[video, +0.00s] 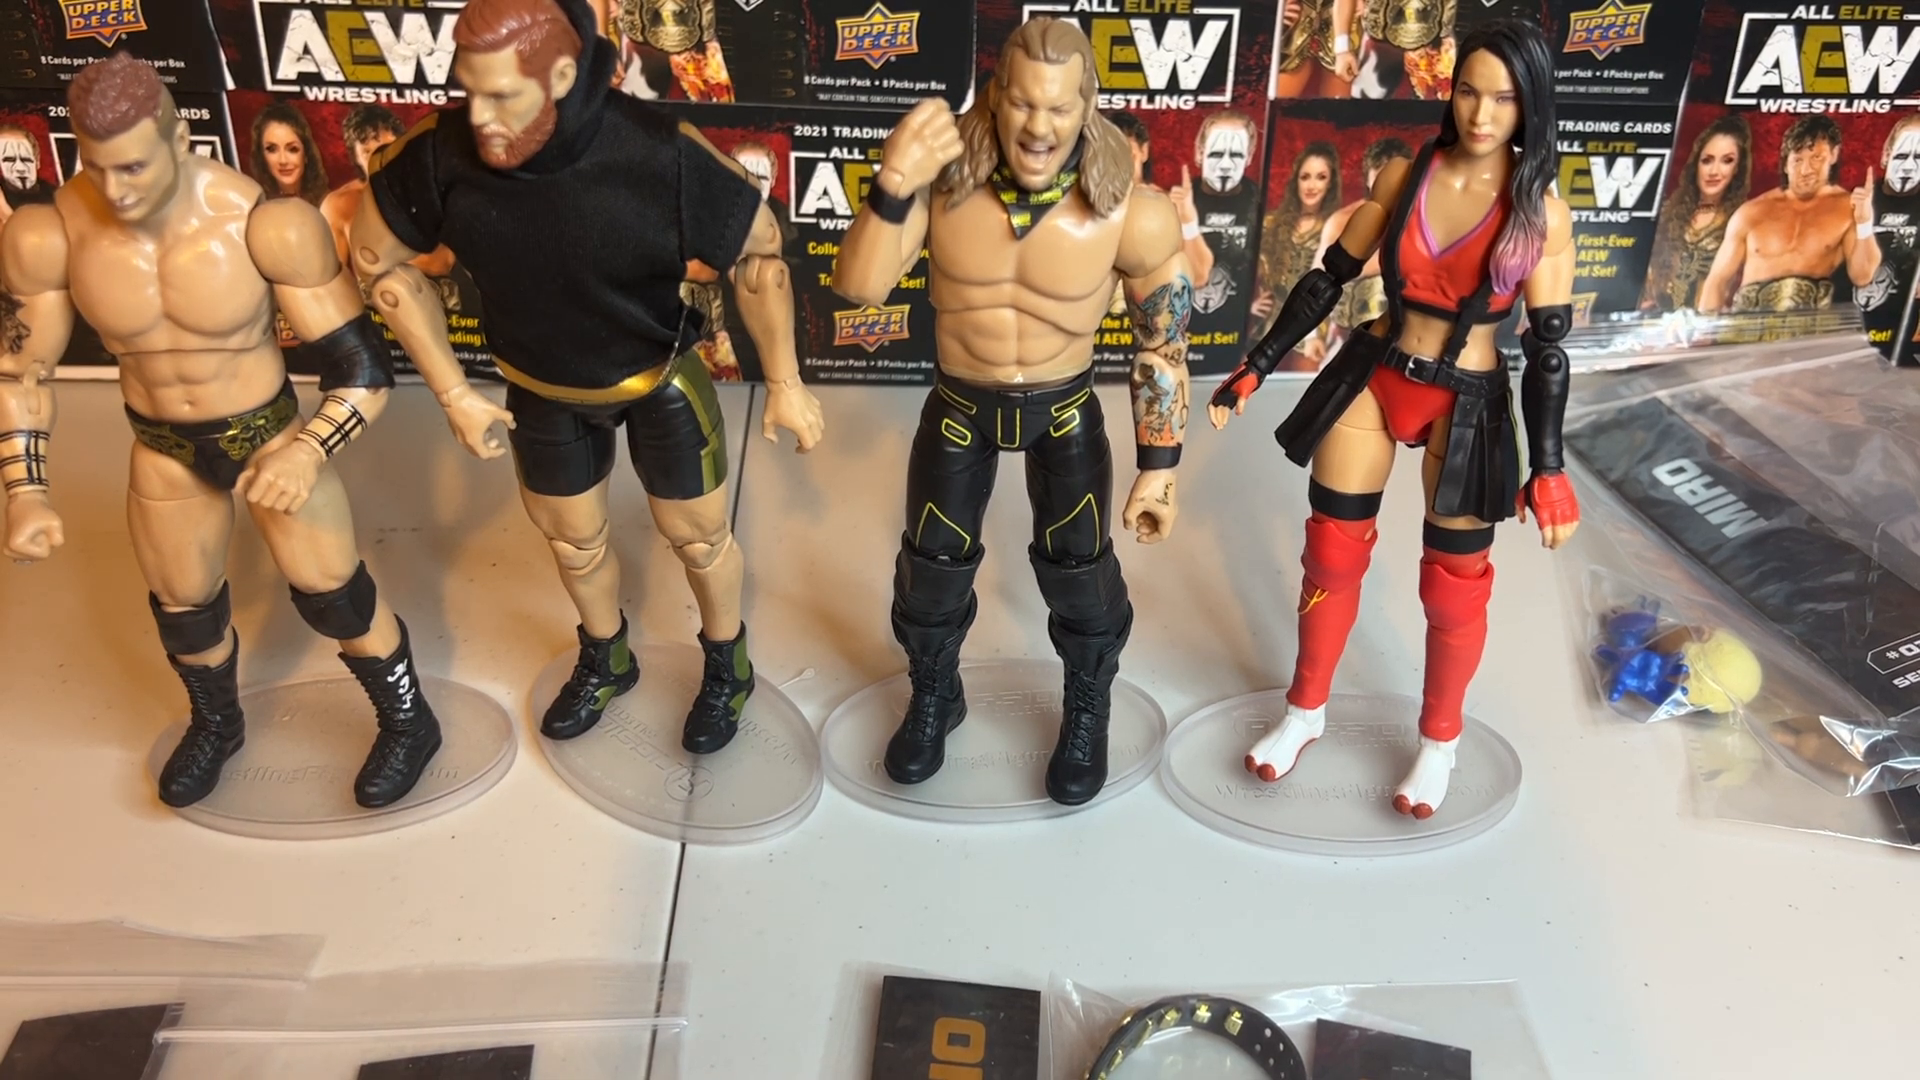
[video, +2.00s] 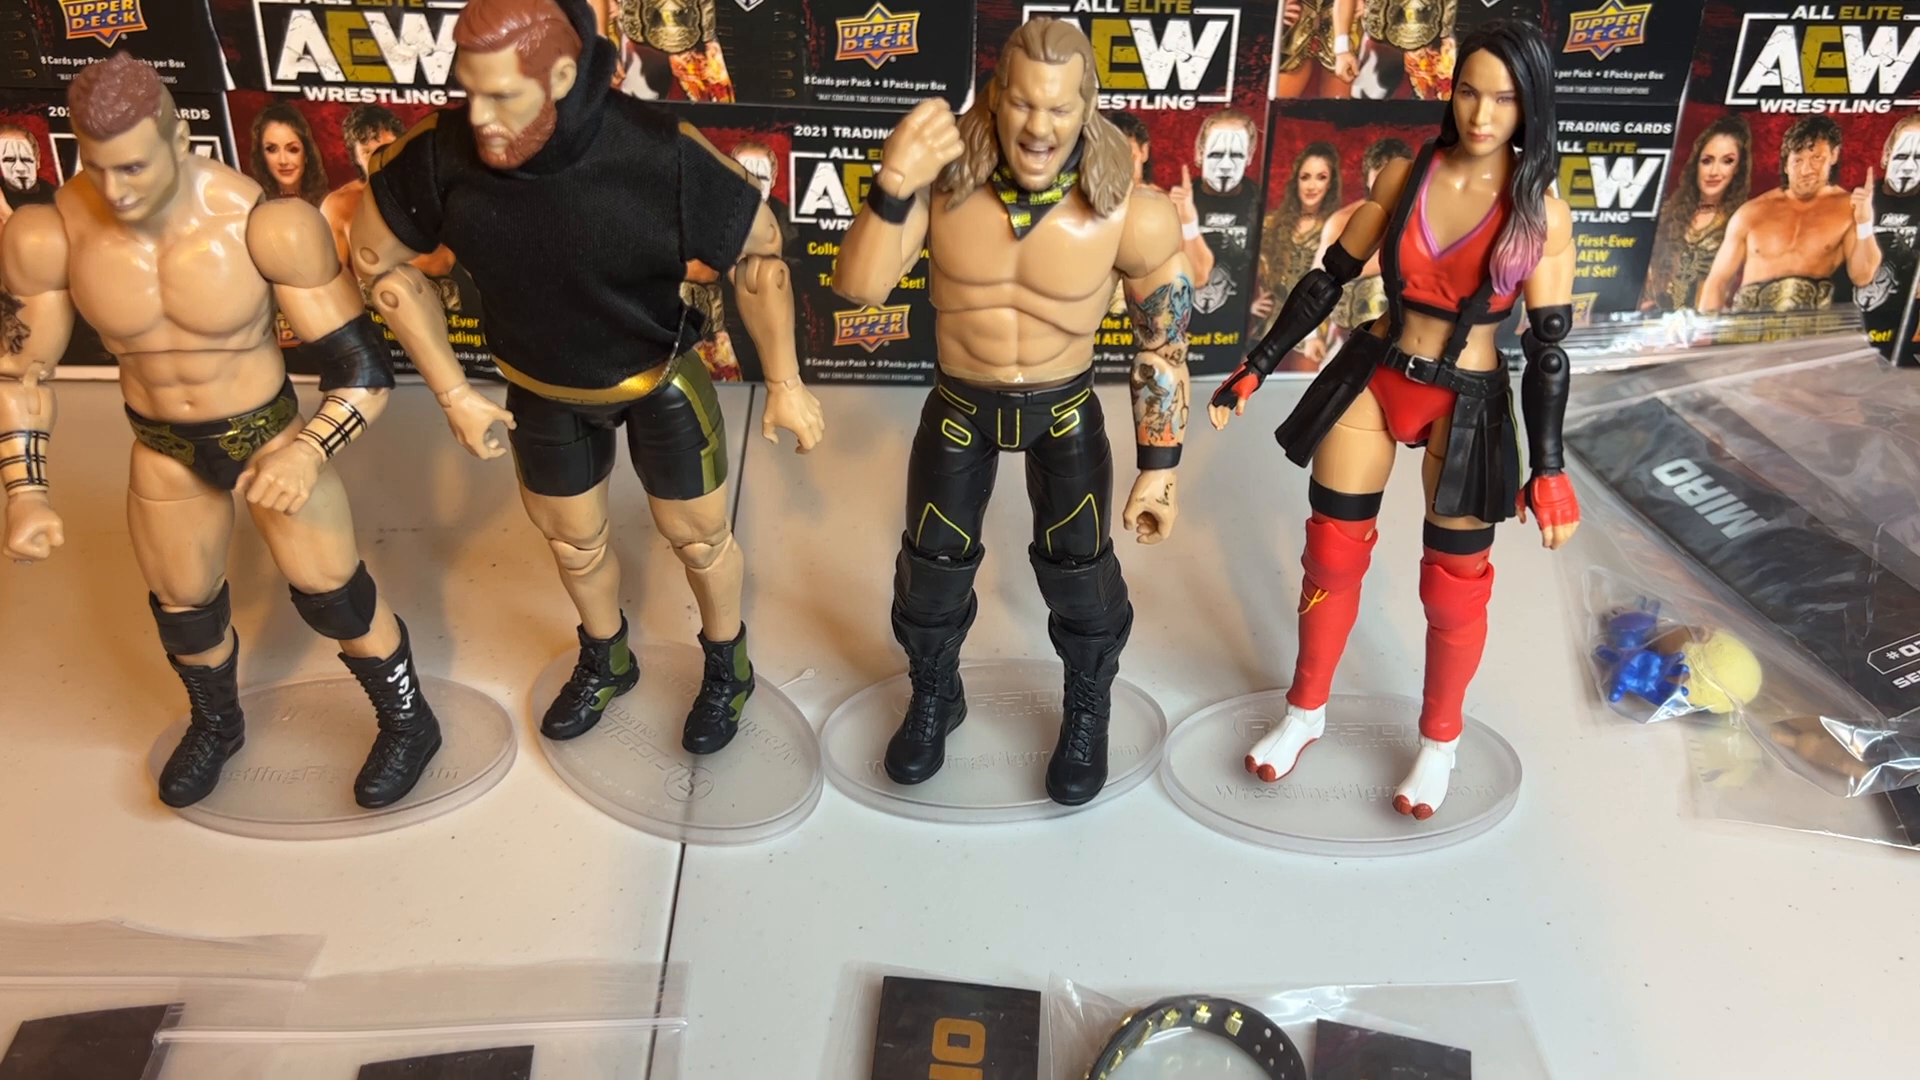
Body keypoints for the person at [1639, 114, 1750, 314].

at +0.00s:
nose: (1714, 171)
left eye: (1727, 161)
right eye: (1707, 160)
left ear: (1738, 168)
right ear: (1695, 164)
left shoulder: (1743, 219)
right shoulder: (1670, 213)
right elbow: (1654, 266)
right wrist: (1650, 299)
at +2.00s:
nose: (1714, 171)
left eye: (1727, 161)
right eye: (1707, 160)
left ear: (1739, 168)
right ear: (1695, 164)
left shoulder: (1742, 220)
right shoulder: (1670, 213)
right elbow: (1654, 268)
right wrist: (1649, 300)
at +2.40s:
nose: (1714, 171)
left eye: (1727, 161)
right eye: (1707, 160)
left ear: (1739, 168)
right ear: (1695, 164)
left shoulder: (1742, 219)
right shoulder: (1670, 212)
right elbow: (1654, 266)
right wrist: (1649, 300)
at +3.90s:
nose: (1714, 171)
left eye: (1727, 161)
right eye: (1707, 160)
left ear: (1739, 168)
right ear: (1695, 164)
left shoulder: (1742, 220)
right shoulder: (1670, 213)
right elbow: (1654, 269)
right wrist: (1649, 301)